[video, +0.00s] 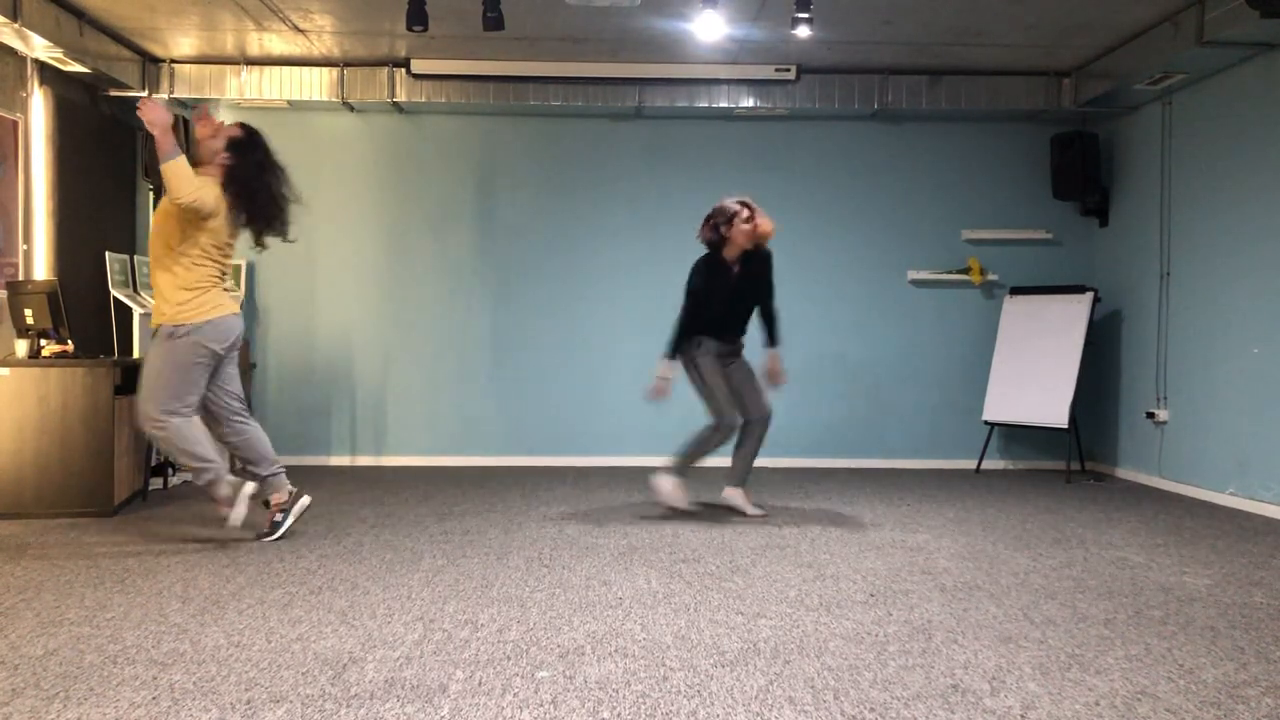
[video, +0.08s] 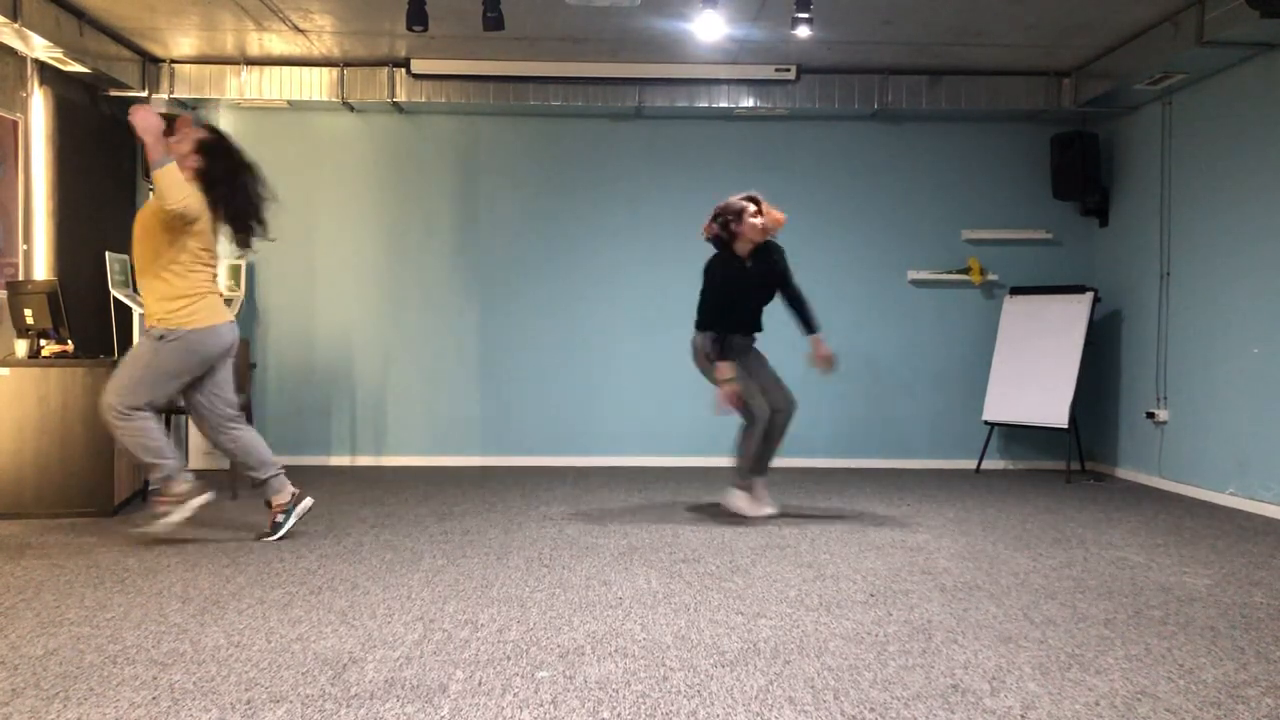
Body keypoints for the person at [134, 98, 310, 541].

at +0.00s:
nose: (210, 128)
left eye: (219, 132)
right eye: (218, 126)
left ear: (225, 158)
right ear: (227, 162)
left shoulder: (205, 192)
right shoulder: (222, 193)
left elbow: (185, 192)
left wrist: (163, 136)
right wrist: (202, 135)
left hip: (192, 321)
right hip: (220, 317)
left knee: (161, 413)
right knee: (230, 416)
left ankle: (225, 488)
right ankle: (282, 496)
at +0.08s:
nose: (170, 141)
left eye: (179, 140)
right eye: (176, 135)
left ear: (194, 159)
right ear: (195, 162)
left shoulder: (187, 197)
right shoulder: (181, 192)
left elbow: (180, 204)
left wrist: (152, 144)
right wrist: (169, 132)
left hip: (185, 330)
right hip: (211, 327)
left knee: (121, 404)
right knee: (222, 423)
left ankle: (177, 488)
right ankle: (284, 496)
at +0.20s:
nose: (80, 185)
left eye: (89, 177)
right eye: (82, 178)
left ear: (121, 184)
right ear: (115, 187)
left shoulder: (137, 220)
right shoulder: (116, 227)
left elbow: (151, 244)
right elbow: (112, 239)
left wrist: (121, 205)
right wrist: (93, 215)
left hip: (155, 354)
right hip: (190, 355)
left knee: (89, 426)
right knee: (159, 445)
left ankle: (66, 523)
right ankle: (247, 484)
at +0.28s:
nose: (62, 213)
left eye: (68, 206)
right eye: (62, 206)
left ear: (95, 209)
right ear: (97, 210)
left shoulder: (119, 238)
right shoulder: (131, 246)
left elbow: (134, 274)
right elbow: (105, 298)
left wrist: (85, 245)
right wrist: (65, 268)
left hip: (150, 364)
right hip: (187, 366)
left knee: (66, 426)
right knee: (121, 437)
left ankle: (65, 524)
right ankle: (197, 485)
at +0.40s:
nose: (49, 234)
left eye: (53, 224)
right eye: (48, 224)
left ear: (75, 221)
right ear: (91, 220)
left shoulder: (109, 246)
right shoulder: (136, 246)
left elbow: (136, 288)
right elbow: (123, 332)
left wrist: (81, 323)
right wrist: (67, 341)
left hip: (160, 360)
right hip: (192, 359)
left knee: (80, 422)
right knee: (117, 423)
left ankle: (64, 523)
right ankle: (134, 514)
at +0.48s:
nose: (54, 231)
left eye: (59, 222)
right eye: (53, 222)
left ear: (82, 220)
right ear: (97, 218)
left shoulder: (116, 241)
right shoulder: (135, 240)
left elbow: (155, 280)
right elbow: (131, 328)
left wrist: (123, 333)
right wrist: (83, 351)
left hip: (173, 356)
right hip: (196, 355)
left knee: (94, 421)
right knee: (126, 422)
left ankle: (66, 522)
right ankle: (137, 517)